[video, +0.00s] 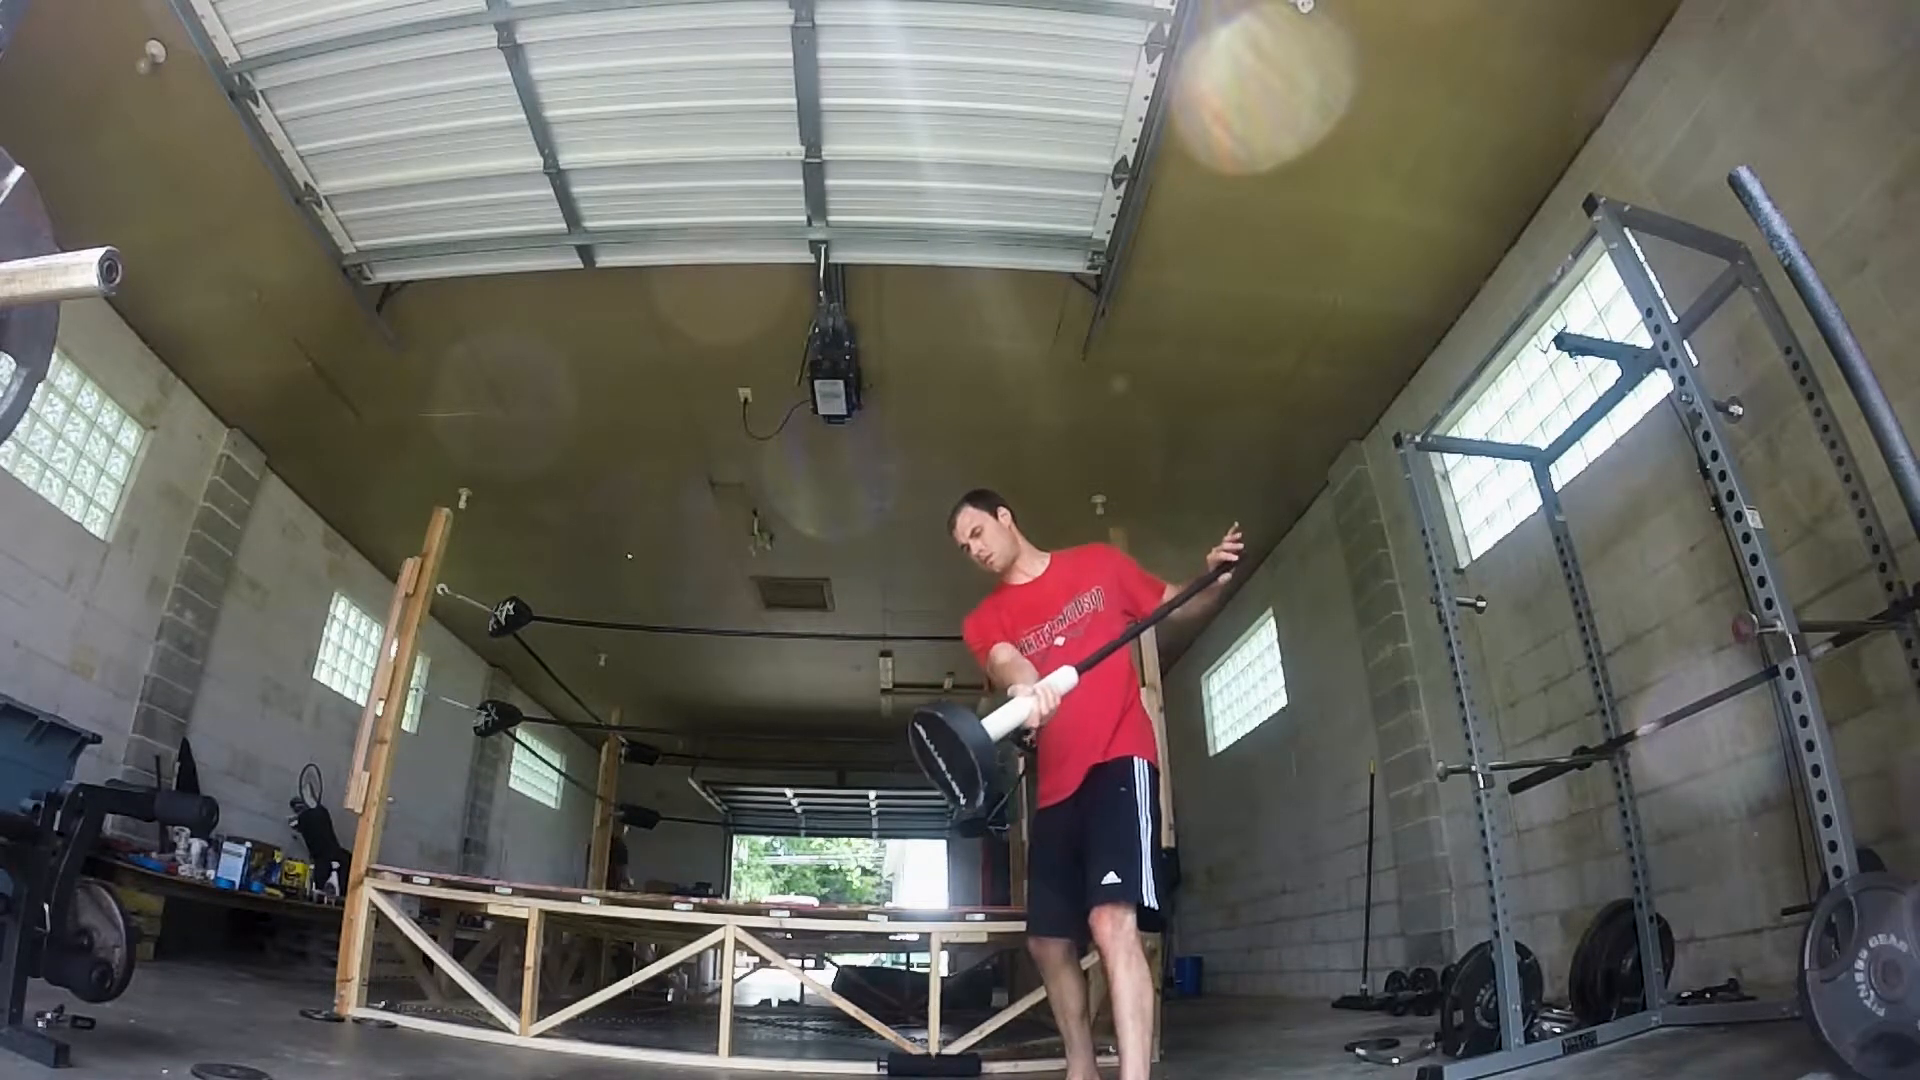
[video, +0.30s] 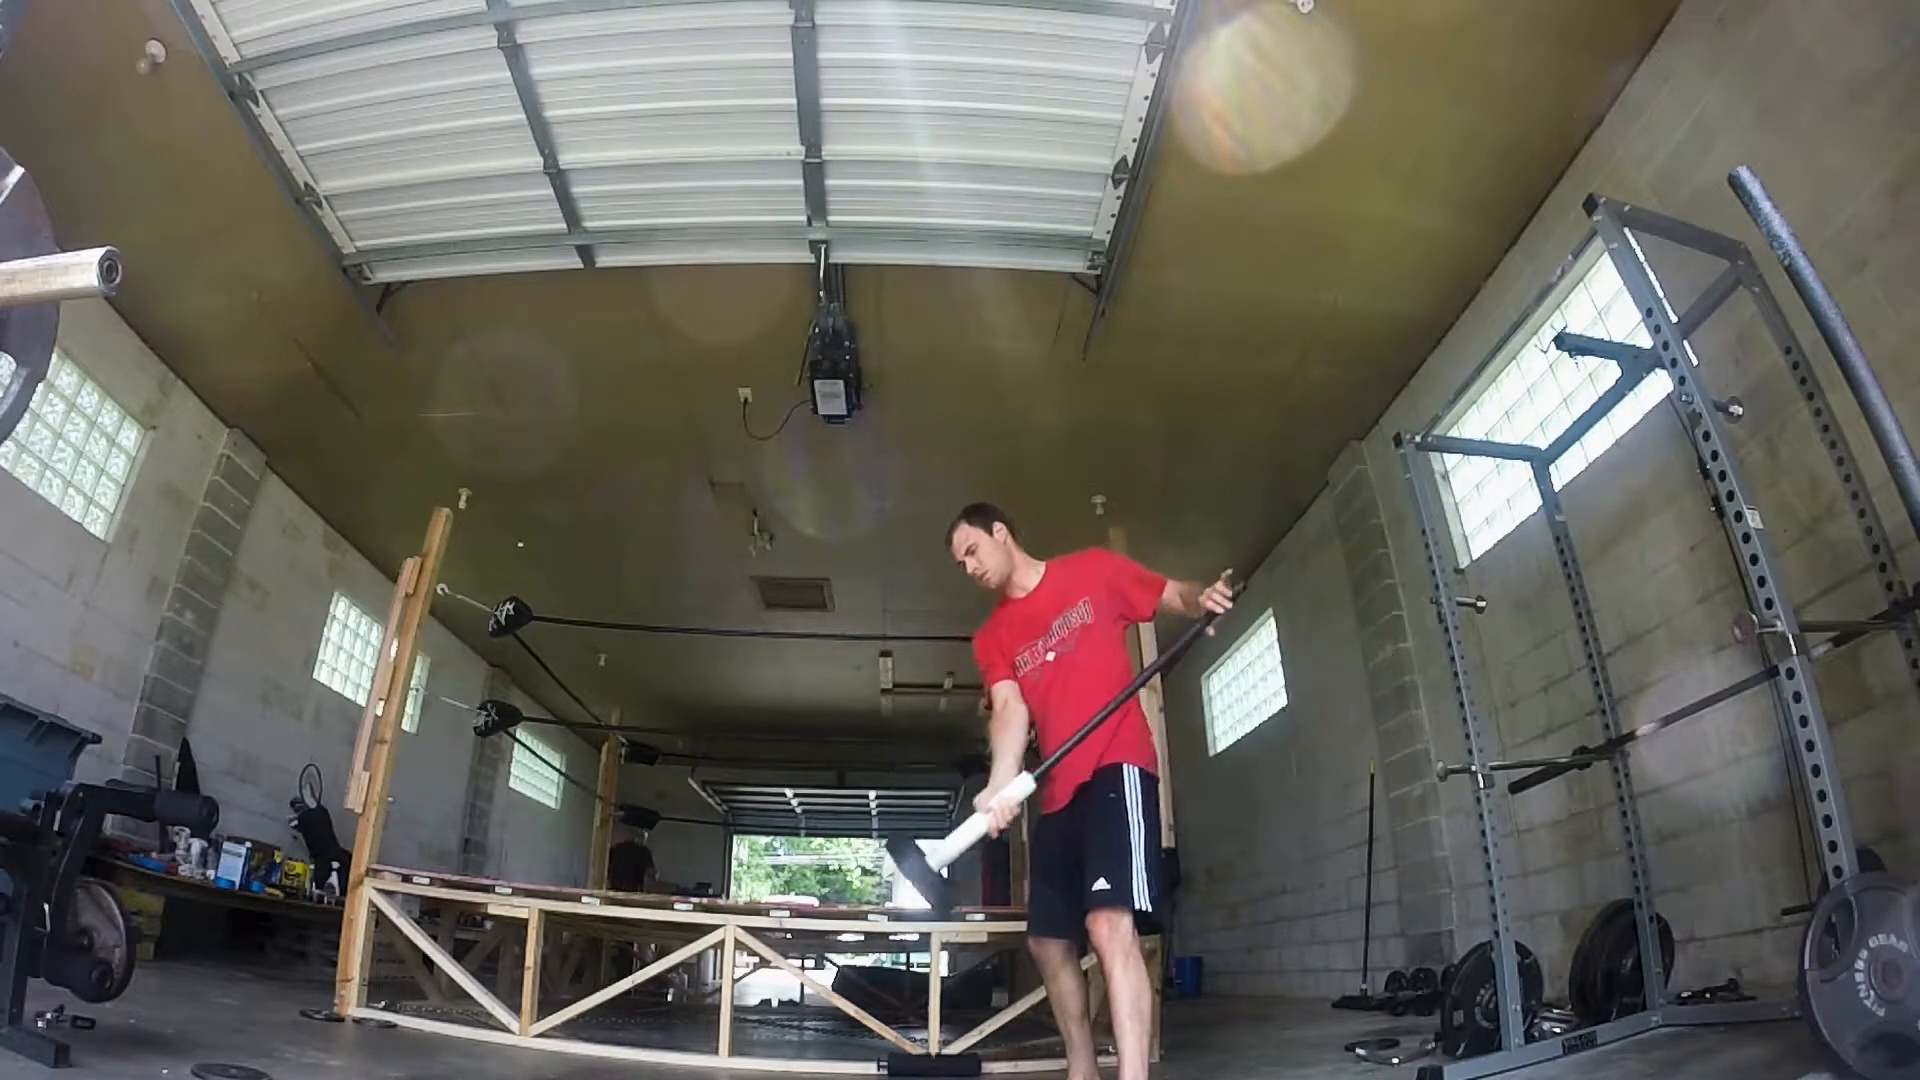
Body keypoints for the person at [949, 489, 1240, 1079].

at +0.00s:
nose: (975, 549)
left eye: (977, 532)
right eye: (965, 545)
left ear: (1007, 518)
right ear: (965, 556)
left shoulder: (1099, 562)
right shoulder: (983, 619)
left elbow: (1176, 612)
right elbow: (1005, 663)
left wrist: (1215, 578)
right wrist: (1029, 687)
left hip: (1121, 756)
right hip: (1057, 780)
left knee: (1111, 921)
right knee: (1048, 939)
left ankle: (1135, 1074)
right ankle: (1082, 1071)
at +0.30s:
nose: (970, 566)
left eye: (972, 550)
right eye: (961, 561)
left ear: (1003, 533)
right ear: (964, 568)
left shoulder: (1092, 569)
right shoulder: (992, 636)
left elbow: (1175, 596)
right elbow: (1008, 709)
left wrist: (1203, 599)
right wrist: (1000, 784)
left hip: (1118, 764)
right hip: (1058, 787)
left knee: (1109, 923)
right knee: (1048, 938)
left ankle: (1134, 1074)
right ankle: (1083, 1071)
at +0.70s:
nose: (965, 578)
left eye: (965, 563)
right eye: (959, 570)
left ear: (995, 544)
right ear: (999, 548)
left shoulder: (1031, 584)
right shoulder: (1054, 584)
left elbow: (1031, 681)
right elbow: (1085, 694)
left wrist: (978, 773)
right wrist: (1034, 753)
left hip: (1092, 775)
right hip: (1094, 773)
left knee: (1066, 932)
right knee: (1076, 935)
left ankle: (1122, 1074)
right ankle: (1086, 1072)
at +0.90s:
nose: (959, 583)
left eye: (957, 568)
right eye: (953, 573)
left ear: (982, 546)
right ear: (998, 544)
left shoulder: (990, 602)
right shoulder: (1075, 583)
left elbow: (944, 712)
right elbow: (1084, 675)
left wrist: (925, 763)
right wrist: (1037, 734)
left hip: (1068, 781)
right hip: (1117, 781)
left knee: (1045, 939)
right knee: (1087, 941)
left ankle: (1118, 1074)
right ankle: (1086, 1072)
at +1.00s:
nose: (956, 584)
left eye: (953, 569)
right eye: (950, 574)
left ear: (977, 546)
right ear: (998, 542)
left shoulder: (978, 604)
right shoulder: (1082, 583)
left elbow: (941, 701)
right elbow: (1111, 661)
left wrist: (934, 732)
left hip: (1056, 784)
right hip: (1112, 785)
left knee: (1044, 940)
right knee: (1086, 942)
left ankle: (1116, 1074)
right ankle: (1086, 1071)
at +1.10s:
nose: (955, 583)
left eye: (951, 569)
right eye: (948, 572)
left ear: (975, 547)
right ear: (997, 542)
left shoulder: (968, 606)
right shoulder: (1078, 575)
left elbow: (944, 692)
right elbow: (1112, 627)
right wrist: (1102, 567)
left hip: (1047, 783)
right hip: (1106, 784)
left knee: (1045, 941)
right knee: (1086, 943)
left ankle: (1117, 1074)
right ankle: (1085, 1073)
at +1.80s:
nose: (956, 584)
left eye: (953, 573)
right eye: (954, 576)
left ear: (966, 557)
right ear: (1002, 548)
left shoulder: (962, 614)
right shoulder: (1070, 575)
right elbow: (1124, 532)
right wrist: (1099, 466)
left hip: (1040, 781)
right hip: (1100, 776)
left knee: (1047, 934)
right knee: (1081, 938)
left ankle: (1117, 1075)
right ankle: (1082, 1072)